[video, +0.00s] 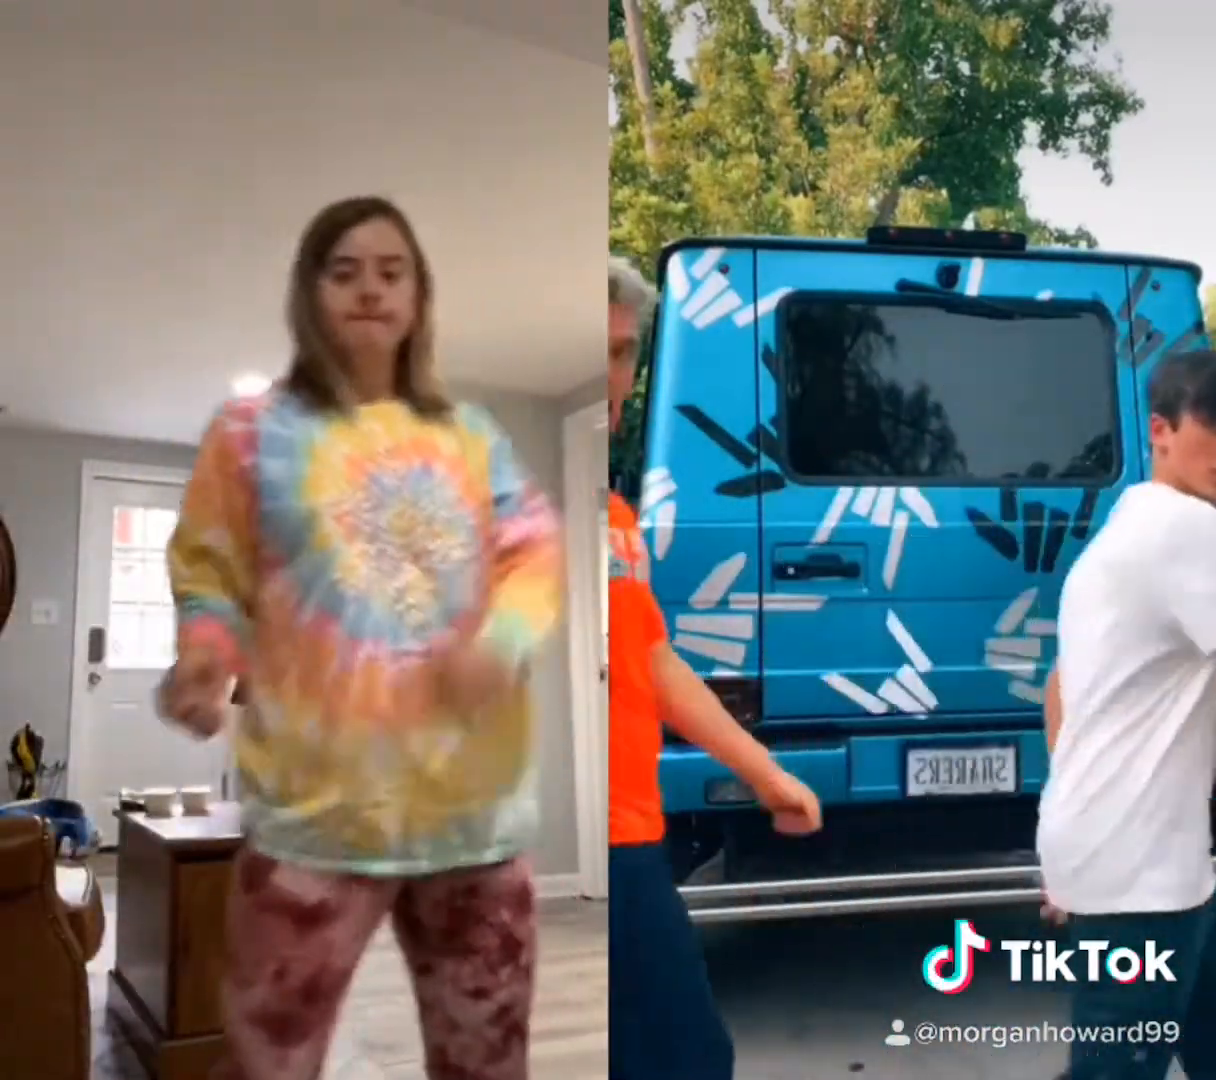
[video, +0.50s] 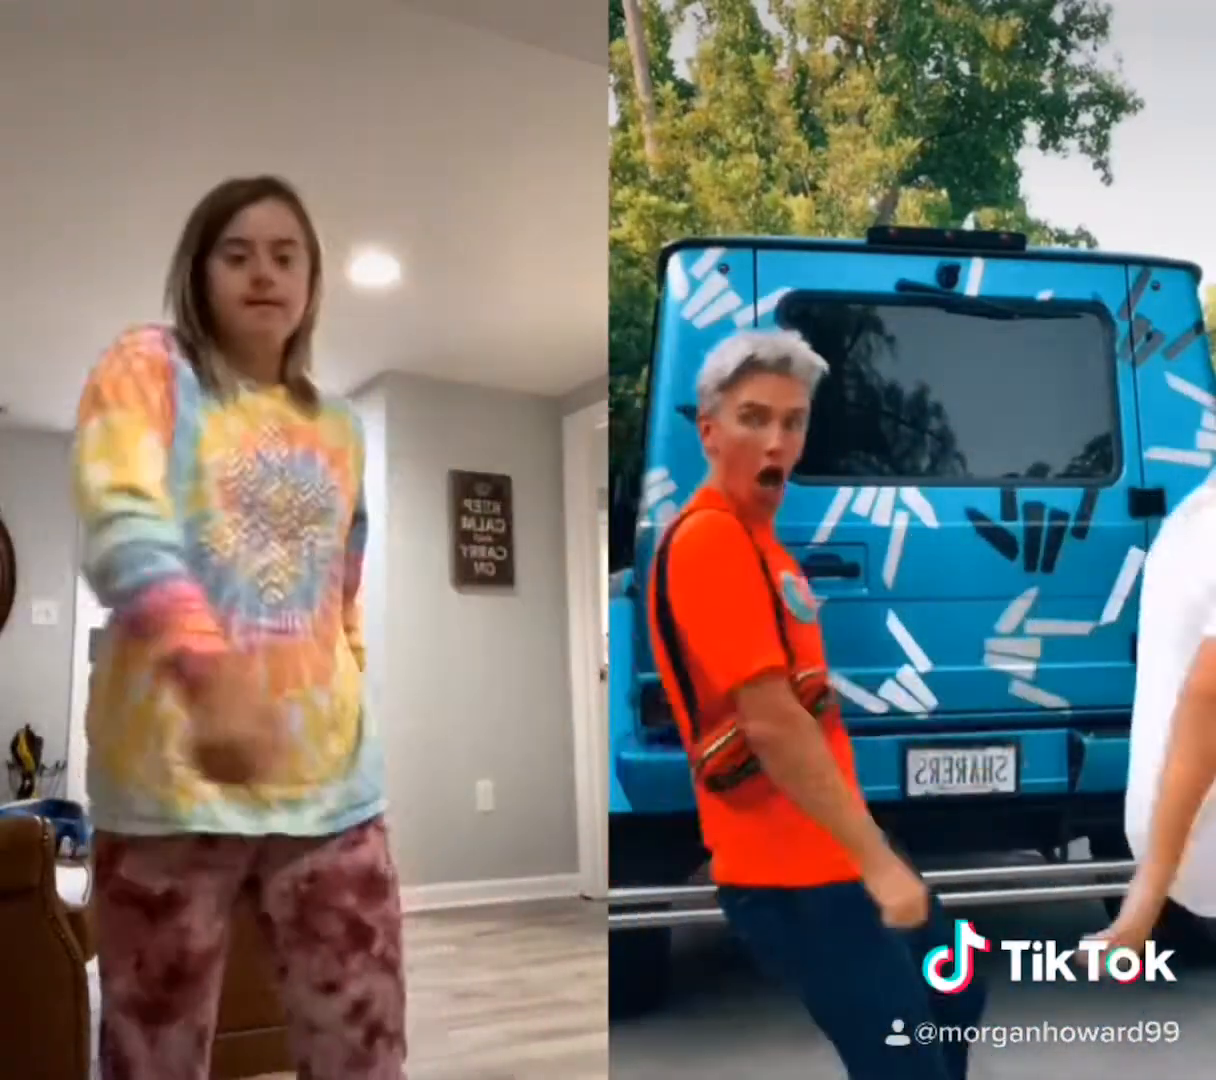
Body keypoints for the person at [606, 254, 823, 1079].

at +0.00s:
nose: (622, 379)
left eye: (628, 355)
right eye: (610, 352)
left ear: (633, 366)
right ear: (562, 355)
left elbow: (654, 661)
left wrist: (764, 773)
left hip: (629, 839)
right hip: (585, 840)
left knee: (679, 1053)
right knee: (694, 1053)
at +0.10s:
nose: (646, 385)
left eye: (665, 363)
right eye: (624, 358)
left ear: (682, 374)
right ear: (582, 365)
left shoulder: (636, 500)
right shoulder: (586, 494)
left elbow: (654, 669)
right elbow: (634, 677)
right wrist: (750, 825)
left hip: (676, 839)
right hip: (645, 844)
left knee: (715, 1049)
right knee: (740, 1055)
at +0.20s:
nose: (694, 390)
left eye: (711, 371)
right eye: (671, 364)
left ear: (726, 384)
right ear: (621, 380)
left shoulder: (666, 492)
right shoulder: (625, 490)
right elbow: (738, 651)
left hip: (716, 832)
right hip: (666, 843)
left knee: (827, 997)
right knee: (777, 1058)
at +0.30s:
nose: (735, 390)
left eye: (751, 370)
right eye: (711, 364)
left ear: (763, 382)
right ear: (661, 378)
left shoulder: (707, 491)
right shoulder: (662, 482)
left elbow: (661, 669)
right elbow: (784, 635)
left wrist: (634, 808)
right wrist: (943, 715)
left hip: (759, 825)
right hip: (707, 839)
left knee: (871, 987)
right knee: (807, 1058)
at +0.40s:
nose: (759, 404)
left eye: (776, 385)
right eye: (738, 380)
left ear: (789, 395)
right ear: (690, 389)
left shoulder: (736, 503)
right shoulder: (690, 495)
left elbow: (728, 686)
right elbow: (801, 653)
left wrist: (680, 816)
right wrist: (939, 752)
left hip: (804, 824)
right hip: (753, 842)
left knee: (912, 1002)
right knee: (855, 1056)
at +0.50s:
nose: (776, 443)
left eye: (792, 423)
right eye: (755, 419)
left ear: (806, 431)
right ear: (707, 427)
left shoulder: (749, 534)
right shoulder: (710, 536)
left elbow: (782, 709)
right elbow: (769, 720)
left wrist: (863, 853)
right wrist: (877, 861)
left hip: (821, 867)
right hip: (790, 879)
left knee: (957, 990)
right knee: (911, 1053)